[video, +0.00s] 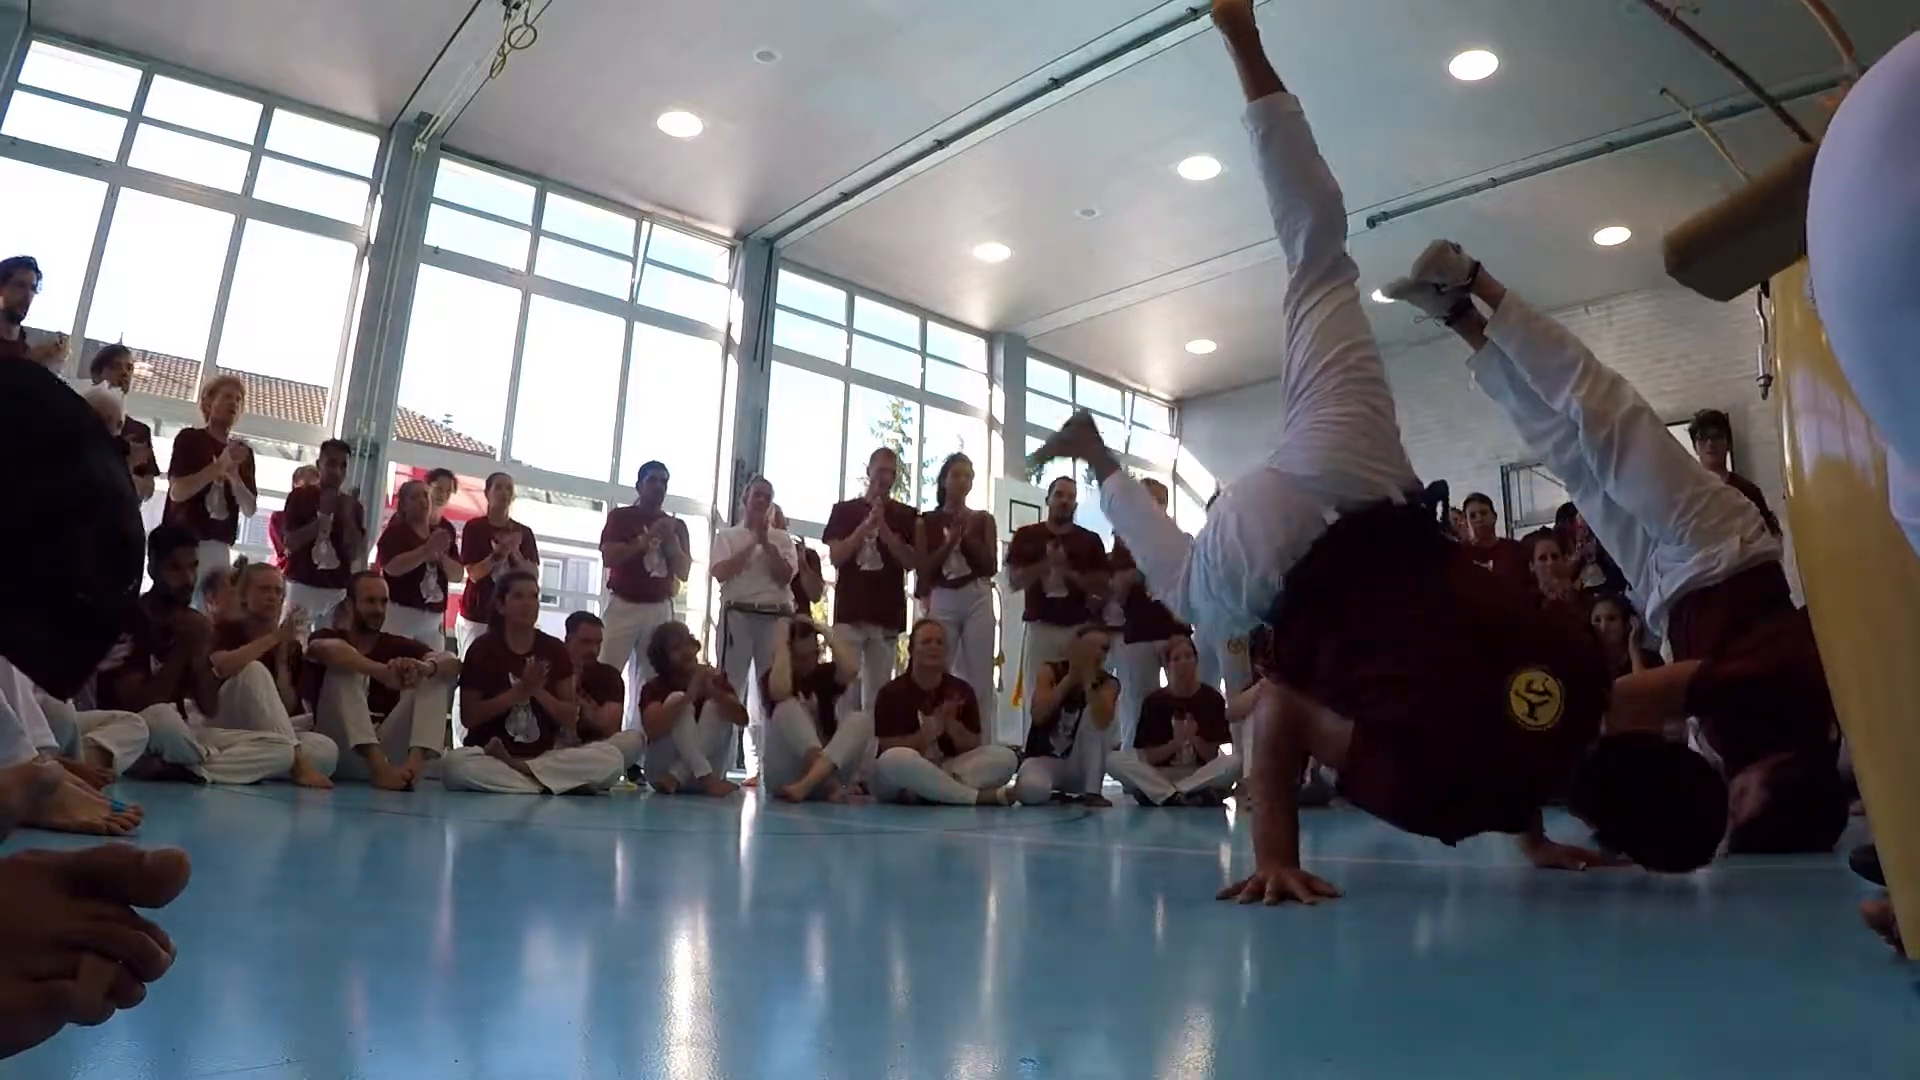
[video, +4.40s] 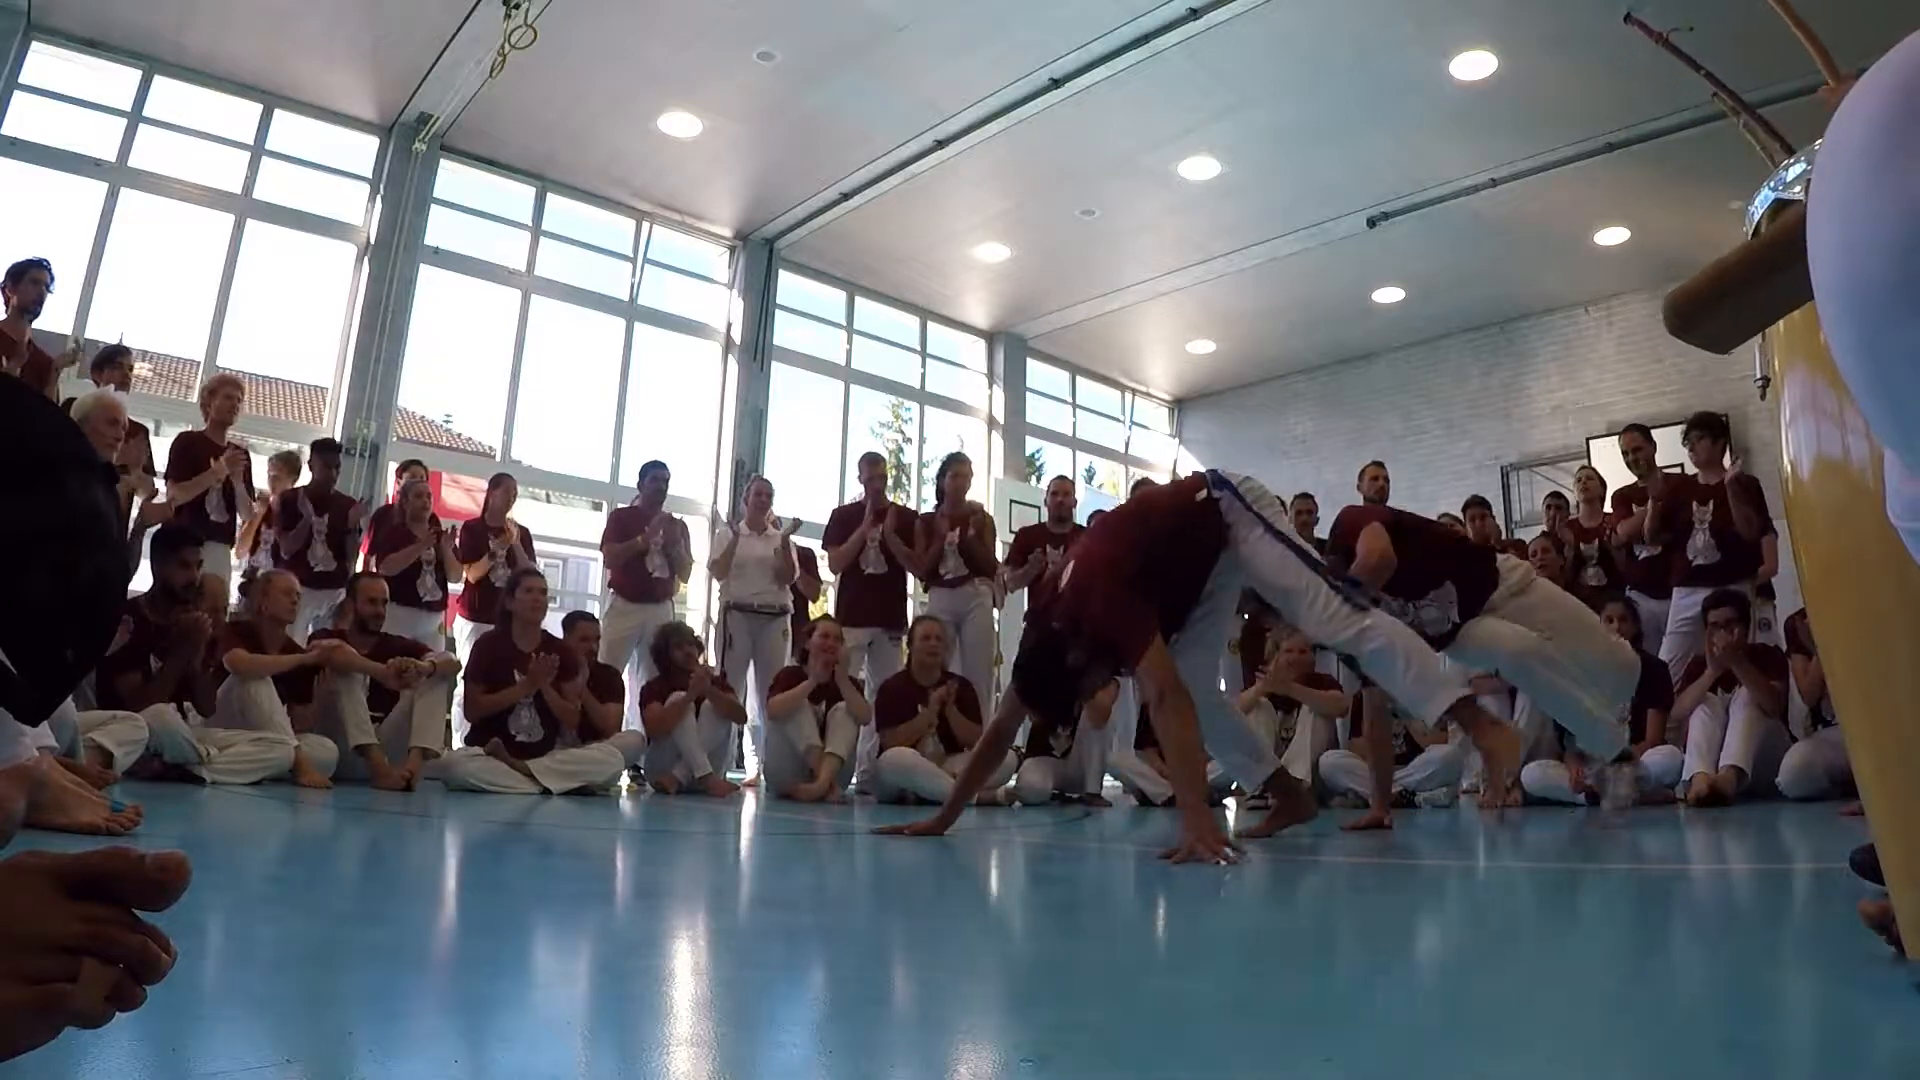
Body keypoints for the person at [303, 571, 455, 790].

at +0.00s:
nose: (378, 609)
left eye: (383, 602)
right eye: (370, 601)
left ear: (388, 603)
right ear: (351, 603)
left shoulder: (392, 643)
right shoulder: (329, 637)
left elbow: (453, 662)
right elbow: (317, 649)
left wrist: (427, 666)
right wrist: (382, 671)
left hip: (387, 750)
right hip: (338, 750)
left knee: (438, 673)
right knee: (343, 661)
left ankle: (415, 763)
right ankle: (378, 764)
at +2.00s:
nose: (379, 610)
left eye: (384, 602)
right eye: (371, 602)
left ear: (389, 603)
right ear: (352, 603)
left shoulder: (393, 643)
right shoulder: (329, 637)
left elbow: (454, 663)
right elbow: (316, 650)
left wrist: (427, 666)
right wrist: (382, 671)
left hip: (387, 751)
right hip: (338, 749)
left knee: (437, 674)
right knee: (342, 662)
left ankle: (415, 764)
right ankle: (378, 764)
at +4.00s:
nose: (381, 610)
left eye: (385, 603)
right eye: (373, 603)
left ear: (390, 603)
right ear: (351, 603)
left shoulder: (395, 643)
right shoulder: (326, 638)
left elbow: (453, 663)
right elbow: (322, 650)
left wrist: (427, 668)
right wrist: (382, 672)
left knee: (436, 674)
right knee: (341, 663)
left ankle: (414, 764)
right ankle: (378, 765)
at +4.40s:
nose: (380, 610)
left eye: (384, 603)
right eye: (371, 603)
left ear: (389, 603)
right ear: (351, 603)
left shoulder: (393, 643)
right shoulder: (323, 638)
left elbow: (453, 663)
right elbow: (334, 655)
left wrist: (427, 667)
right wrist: (382, 672)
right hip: (332, 749)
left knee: (436, 673)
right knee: (344, 668)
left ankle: (414, 765)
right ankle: (378, 766)